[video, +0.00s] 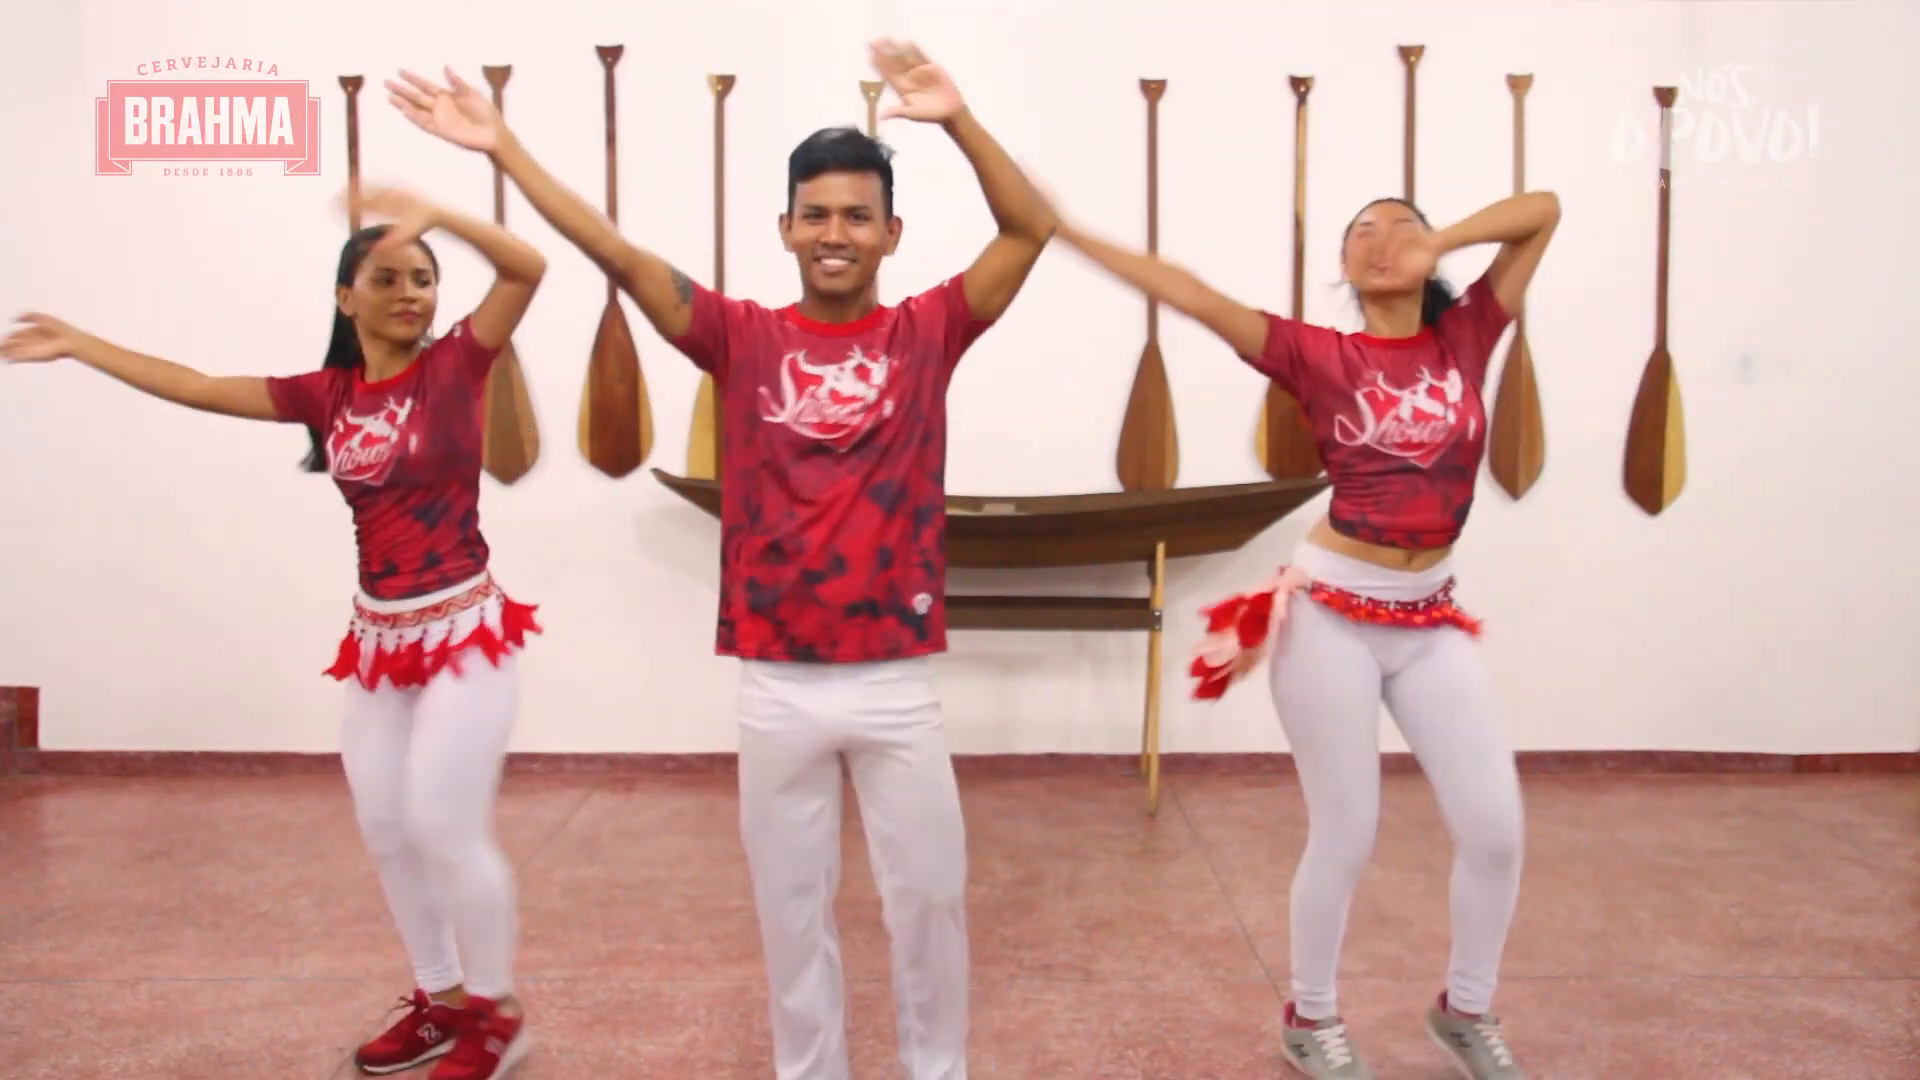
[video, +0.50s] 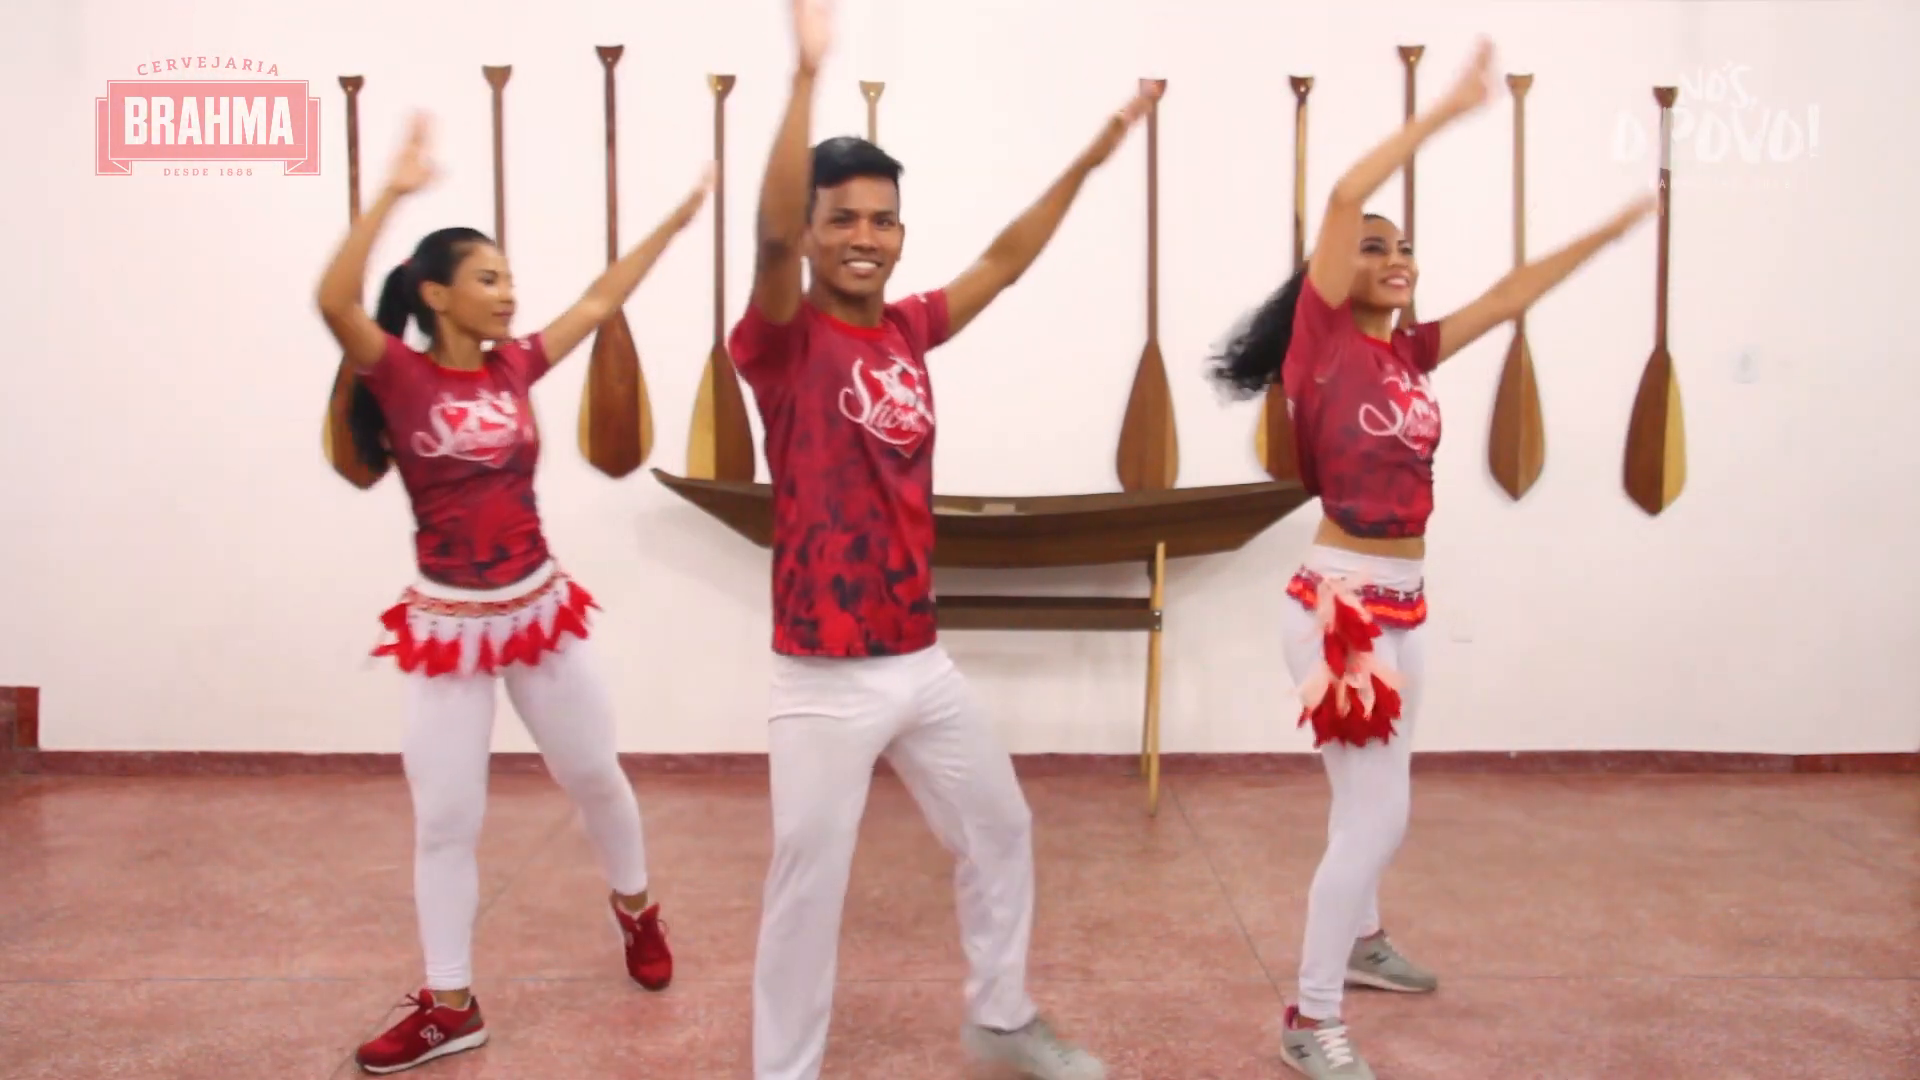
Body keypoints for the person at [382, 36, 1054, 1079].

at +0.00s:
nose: (834, 233)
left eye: (856, 215)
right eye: (815, 214)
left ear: (890, 230)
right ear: (786, 227)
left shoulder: (924, 333)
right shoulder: (742, 335)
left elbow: (1027, 232)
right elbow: (616, 251)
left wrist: (960, 116)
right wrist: (503, 145)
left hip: (899, 682)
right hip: (779, 685)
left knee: (931, 902)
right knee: (793, 920)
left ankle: (939, 1073)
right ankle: (811, 1075)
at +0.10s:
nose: (840, 228)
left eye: (860, 210)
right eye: (819, 209)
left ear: (889, 225)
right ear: (787, 224)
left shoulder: (920, 320)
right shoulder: (747, 328)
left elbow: (1021, 229)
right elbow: (642, 240)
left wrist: (983, 121)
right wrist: (541, 128)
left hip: (909, 674)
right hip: (792, 680)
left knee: (930, 907)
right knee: (792, 911)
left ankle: (937, 1073)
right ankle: (794, 1073)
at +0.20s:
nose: (841, 226)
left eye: (861, 209)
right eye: (820, 209)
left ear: (888, 227)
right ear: (784, 223)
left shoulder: (910, 321)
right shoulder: (752, 332)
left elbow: (1006, 235)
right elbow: (682, 238)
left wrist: (1007, 126)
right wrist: (607, 108)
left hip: (911, 671)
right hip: (800, 677)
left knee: (949, 880)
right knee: (787, 896)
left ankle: (933, 1068)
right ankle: (778, 1067)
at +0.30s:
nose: (850, 232)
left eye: (869, 216)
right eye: (827, 214)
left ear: (887, 232)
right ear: (786, 231)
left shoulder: (900, 323)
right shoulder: (760, 337)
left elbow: (992, 248)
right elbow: (715, 239)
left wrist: (1032, 135)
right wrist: (681, 87)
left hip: (908, 670)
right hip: (806, 679)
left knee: (974, 857)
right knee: (799, 894)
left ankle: (946, 1070)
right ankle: (774, 1072)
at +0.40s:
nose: (856, 234)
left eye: (873, 217)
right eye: (834, 216)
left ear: (894, 234)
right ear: (786, 234)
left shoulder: (900, 324)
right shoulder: (770, 341)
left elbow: (988, 253)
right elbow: (750, 234)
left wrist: (1063, 144)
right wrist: (744, 82)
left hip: (909, 664)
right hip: (810, 678)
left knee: (994, 829)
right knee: (803, 888)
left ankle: (968, 1044)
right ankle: (782, 1069)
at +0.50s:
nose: (865, 235)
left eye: (882, 219)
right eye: (844, 218)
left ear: (900, 235)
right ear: (802, 235)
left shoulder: (910, 329)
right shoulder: (781, 343)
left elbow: (1005, 258)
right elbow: (777, 223)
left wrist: (1099, 151)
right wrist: (806, 70)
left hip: (919, 663)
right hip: (822, 676)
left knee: (998, 824)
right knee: (807, 876)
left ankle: (1001, 1020)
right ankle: (786, 1066)